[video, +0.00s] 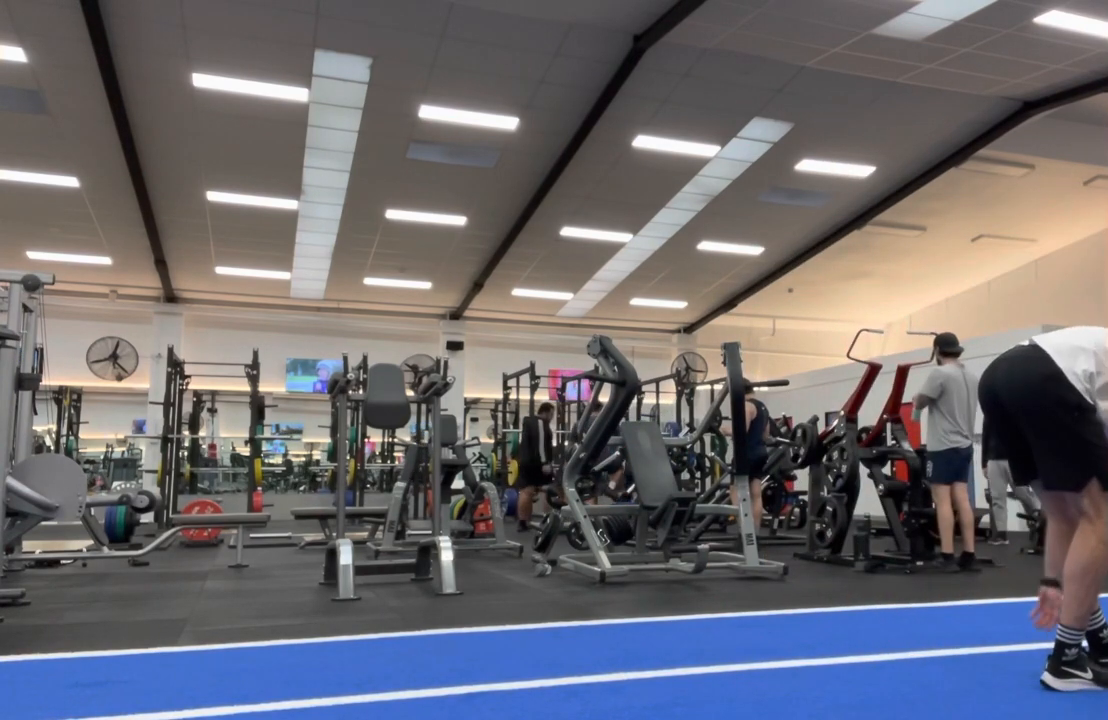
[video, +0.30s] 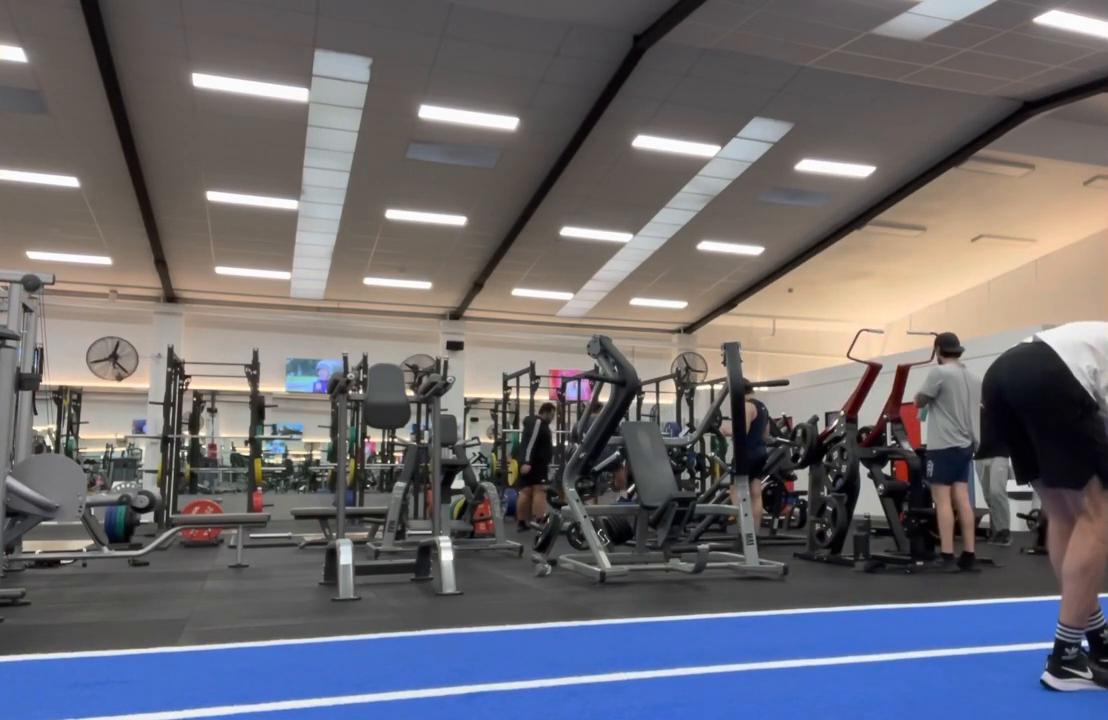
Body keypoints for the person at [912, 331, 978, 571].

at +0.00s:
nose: (934, 355)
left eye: (934, 351)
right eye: (936, 351)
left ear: (937, 352)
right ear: (958, 352)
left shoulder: (939, 374)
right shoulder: (971, 377)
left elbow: (920, 401)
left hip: (941, 447)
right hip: (964, 445)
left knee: (942, 501)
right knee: (962, 499)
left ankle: (947, 554)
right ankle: (969, 552)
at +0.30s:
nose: (935, 354)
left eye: (935, 351)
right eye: (937, 350)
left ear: (938, 351)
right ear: (959, 352)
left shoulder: (939, 373)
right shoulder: (971, 377)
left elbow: (919, 400)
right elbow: (975, 407)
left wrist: (933, 372)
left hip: (941, 446)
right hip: (966, 444)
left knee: (942, 501)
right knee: (963, 500)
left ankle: (947, 554)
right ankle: (969, 553)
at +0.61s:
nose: (935, 354)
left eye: (935, 350)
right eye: (937, 350)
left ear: (937, 351)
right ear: (958, 351)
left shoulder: (938, 373)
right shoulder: (972, 379)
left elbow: (920, 401)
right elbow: (975, 410)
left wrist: (933, 375)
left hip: (940, 447)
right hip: (965, 445)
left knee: (942, 501)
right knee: (962, 499)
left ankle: (947, 555)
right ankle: (969, 553)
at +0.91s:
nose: (935, 352)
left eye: (935, 348)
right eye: (938, 348)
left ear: (936, 351)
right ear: (958, 351)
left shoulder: (938, 374)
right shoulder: (967, 376)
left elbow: (923, 405)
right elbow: (963, 405)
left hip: (941, 447)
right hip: (963, 446)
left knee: (941, 502)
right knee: (962, 499)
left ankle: (947, 554)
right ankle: (969, 552)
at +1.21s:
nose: (931, 351)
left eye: (933, 348)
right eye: (933, 348)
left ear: (937, 351)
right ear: (954, 351)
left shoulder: (941, 374)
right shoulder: (962, 372)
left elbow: (933, 408)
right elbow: (948, 350)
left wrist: (918, 410)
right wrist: (928, 336)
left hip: (941, 447)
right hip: (961, 445)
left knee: (941, 501)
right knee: (962, 498)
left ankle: (947, 555)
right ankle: (969, 553)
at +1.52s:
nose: (932, 350)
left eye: (934, 348)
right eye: (933, 347)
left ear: (939, 352)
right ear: (955, 351)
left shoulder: (944, 374)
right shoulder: (960, 371)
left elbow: (934, 409)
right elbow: (937, 353)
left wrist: (916, 411)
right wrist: (923, 334)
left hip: (942, 447)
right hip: (961, 445)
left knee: (941, 501)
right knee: (962, 499)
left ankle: (946, 555)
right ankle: (969, 553)